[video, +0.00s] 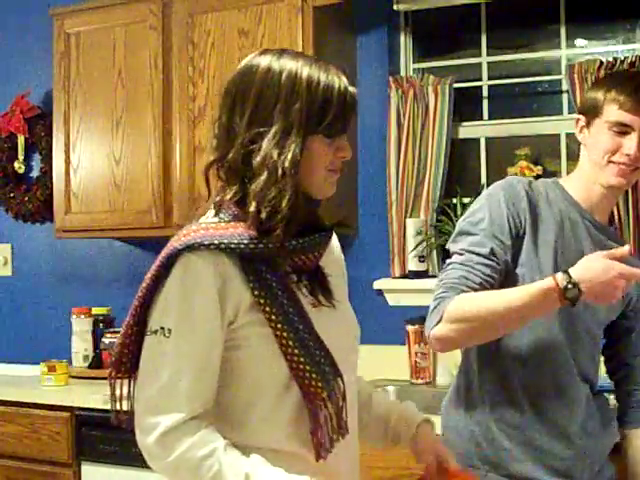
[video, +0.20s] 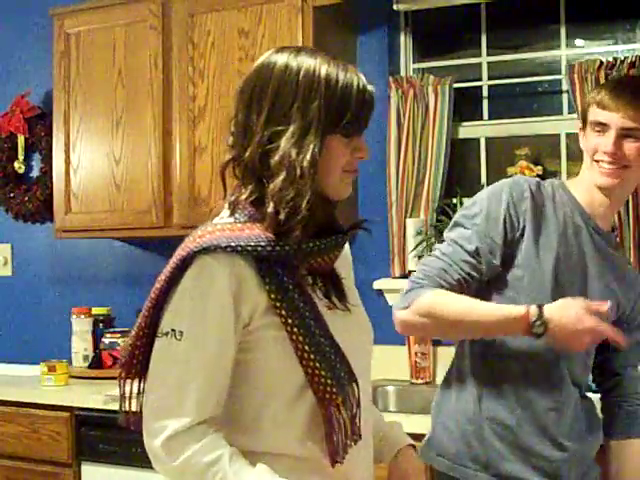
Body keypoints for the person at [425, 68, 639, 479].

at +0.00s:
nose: (633, 150)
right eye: (620, 129)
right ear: (582, 128)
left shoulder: (622, 257)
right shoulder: (513, 200)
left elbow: (631, 383)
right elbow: (443, 327)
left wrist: (631, 462)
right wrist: (569, 286)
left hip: (583, 458)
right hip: (490, 457)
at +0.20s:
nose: (611, 148)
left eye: (629, 135)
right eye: (600, 129)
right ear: (582, 132)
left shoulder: (627, 281)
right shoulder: (516, 201)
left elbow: (625, 426)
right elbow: (412, 311)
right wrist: (540, 320)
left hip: (570, 467)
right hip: (475, 461)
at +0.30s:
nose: (603, 147)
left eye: (624, 136)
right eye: (595, 129)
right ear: (582, 132)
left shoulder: (627, 281)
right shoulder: (513, 201)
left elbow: (628, 413)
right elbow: (392, 291)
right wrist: (506, 337)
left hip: (558, 466)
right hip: (464, 459)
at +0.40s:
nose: (600, 149)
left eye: (621, 138)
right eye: (592, 131)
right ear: (580, 134)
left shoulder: (625, 288)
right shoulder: (506, 200)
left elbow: (626, 418)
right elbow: (377, 270)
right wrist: (457, 354)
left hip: (544, 466)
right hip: (449, 458)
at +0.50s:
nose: (591, 153)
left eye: (614, 143)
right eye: (584, 135)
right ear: (573, 139)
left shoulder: (614, 296)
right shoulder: (490, 203)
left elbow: (615, 428)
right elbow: (367, 255)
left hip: (527, 468)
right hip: (436, 459)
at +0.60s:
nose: (576, 159)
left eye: (599, 149)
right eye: (569, 142)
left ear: (630, 173)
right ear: (557, 149)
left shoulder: (594, 303)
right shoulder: (470, 206)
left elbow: (600, 438)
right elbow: (344, 264)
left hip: (498, 466)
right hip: (407, 453)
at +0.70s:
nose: (558, 172)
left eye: (581, 163)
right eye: (551, 155)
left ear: (612, 187)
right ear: (537, 162)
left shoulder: (569, 316)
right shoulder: (446, 215)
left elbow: (576, 451)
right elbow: (331, 267)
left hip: (465, 469)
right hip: (380, 452)